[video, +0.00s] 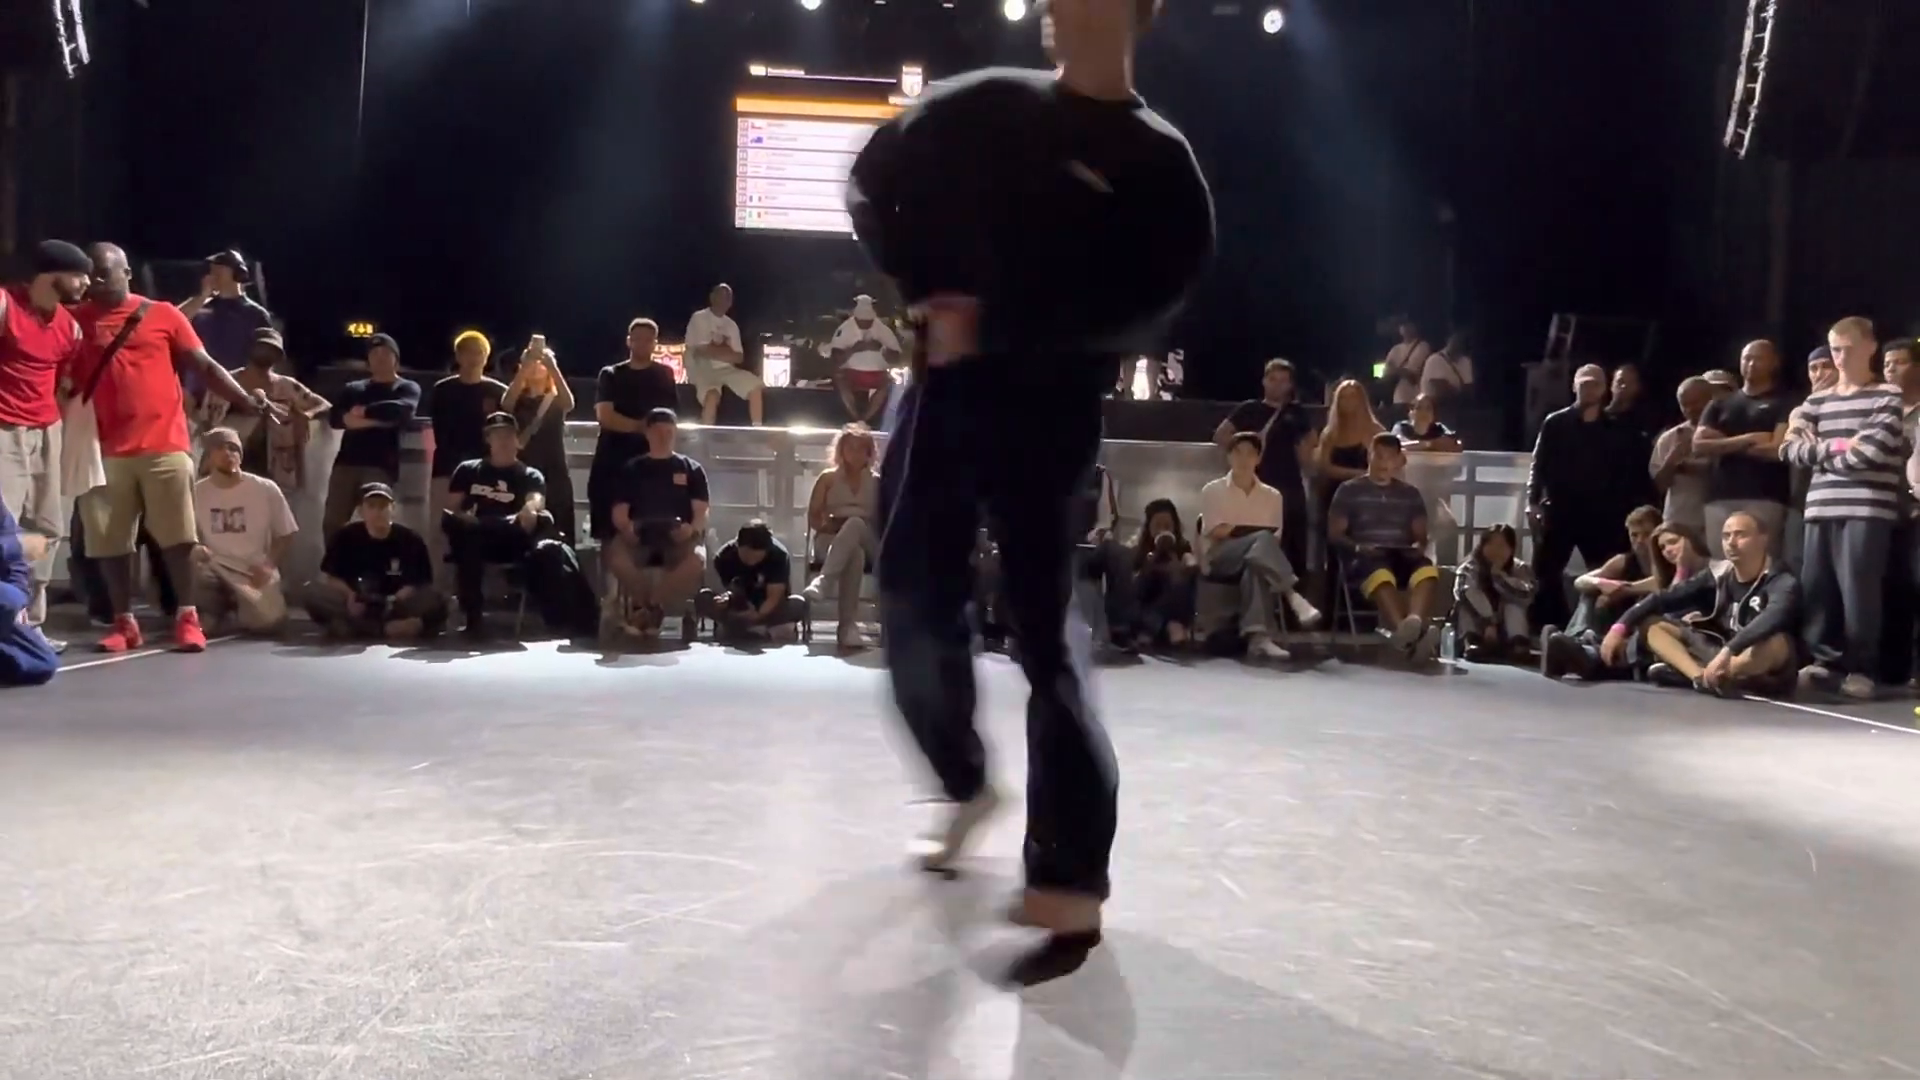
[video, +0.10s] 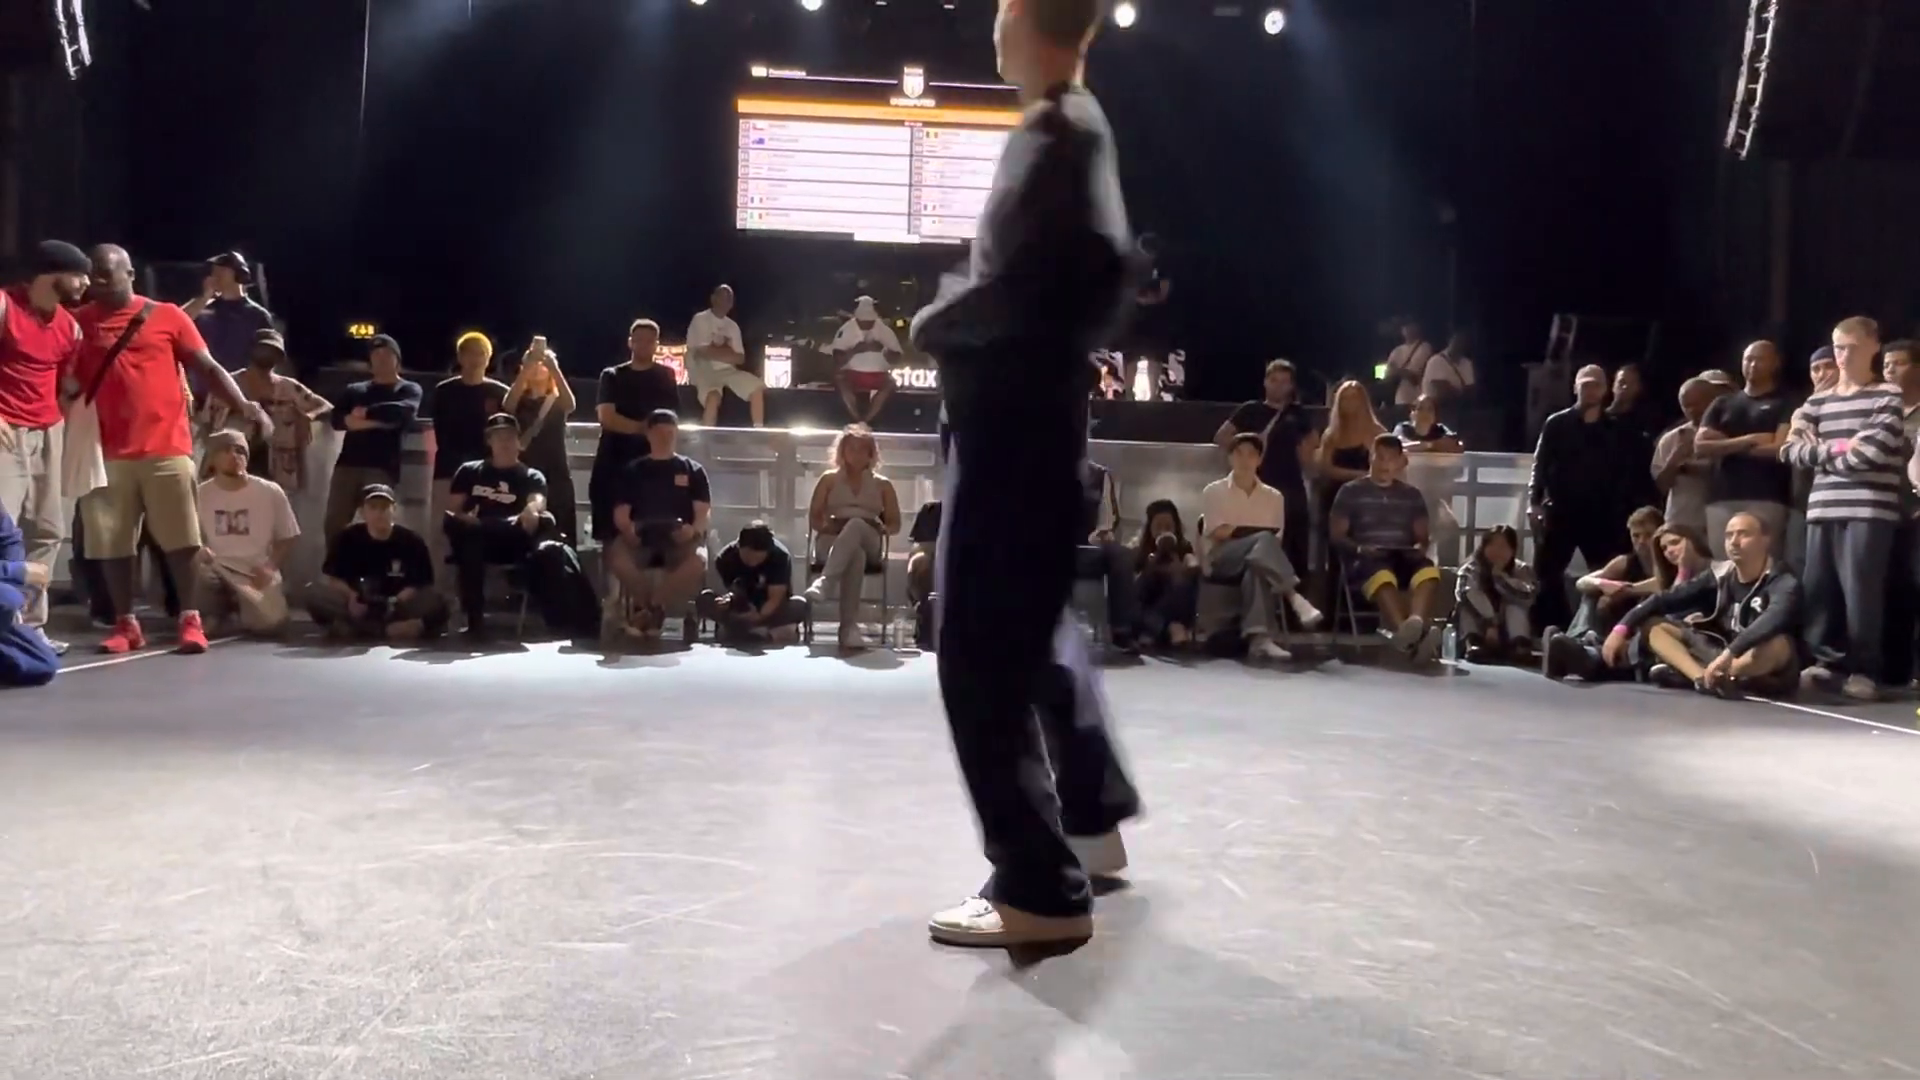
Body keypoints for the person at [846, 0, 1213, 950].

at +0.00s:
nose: (1065, 15)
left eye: (1084, 4)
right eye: (1063, 5)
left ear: (1136, 17)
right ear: (1050, 17)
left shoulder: (1158, 160)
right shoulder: (992, 109)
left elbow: (1150, 305)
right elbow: (873, 184)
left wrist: (997, 324)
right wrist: (924, 289)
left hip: (1051, 408)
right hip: (942, 400)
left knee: (1047, 638)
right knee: (913, 607)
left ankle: (1071, 894)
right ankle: (968, 784)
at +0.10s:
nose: (994, 27)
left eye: (1001, 11)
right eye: (1001, 12)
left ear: (1024, 20)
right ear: (1082, 29)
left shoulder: (1058, 130)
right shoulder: (1065, 123)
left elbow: (1031, 286)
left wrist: (931, 327)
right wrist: (951, 317)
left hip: (1014, 445)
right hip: (1032, 438)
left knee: (978, 657)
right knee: (1026, 640)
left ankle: (1039, 896)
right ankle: (1094, 828)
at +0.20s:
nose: (973, 37)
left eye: (972, 25)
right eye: (1038, 26)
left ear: (970, 32)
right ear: (1060, 34)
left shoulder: (973, 138)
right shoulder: (1088, 130)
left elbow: (917, 303)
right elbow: (1128, 275)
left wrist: (967, 391)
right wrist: (1070, 350)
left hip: (997, 425)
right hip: (1078, 417)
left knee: (964, 647)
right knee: (1068, 629)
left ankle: (1036, 890)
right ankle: (1091, 837)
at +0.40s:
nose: (939, 42)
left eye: (939, 29)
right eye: (953, 28)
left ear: (943, 32)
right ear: (1026, 28)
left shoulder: (975, 122)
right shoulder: (1055, 110)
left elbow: (939, 293)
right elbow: (1100, 266)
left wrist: (947, 371)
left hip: (1032, 385)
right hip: (1096, 378)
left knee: (976, 625)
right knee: (1026, 602)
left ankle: (1039, 865)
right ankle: (1067, 787)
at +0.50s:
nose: (925, 94)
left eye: (925, 79)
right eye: (932, 78)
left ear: (936, 83)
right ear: (1011, 78)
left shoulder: (958, 159)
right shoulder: (1047, 150)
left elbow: (922, 287)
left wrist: (897, 408)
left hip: (1038, 405)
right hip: (1102, 395)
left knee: (994, 636)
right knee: (1000, 599)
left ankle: (1069, 895)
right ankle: (1004, 788)